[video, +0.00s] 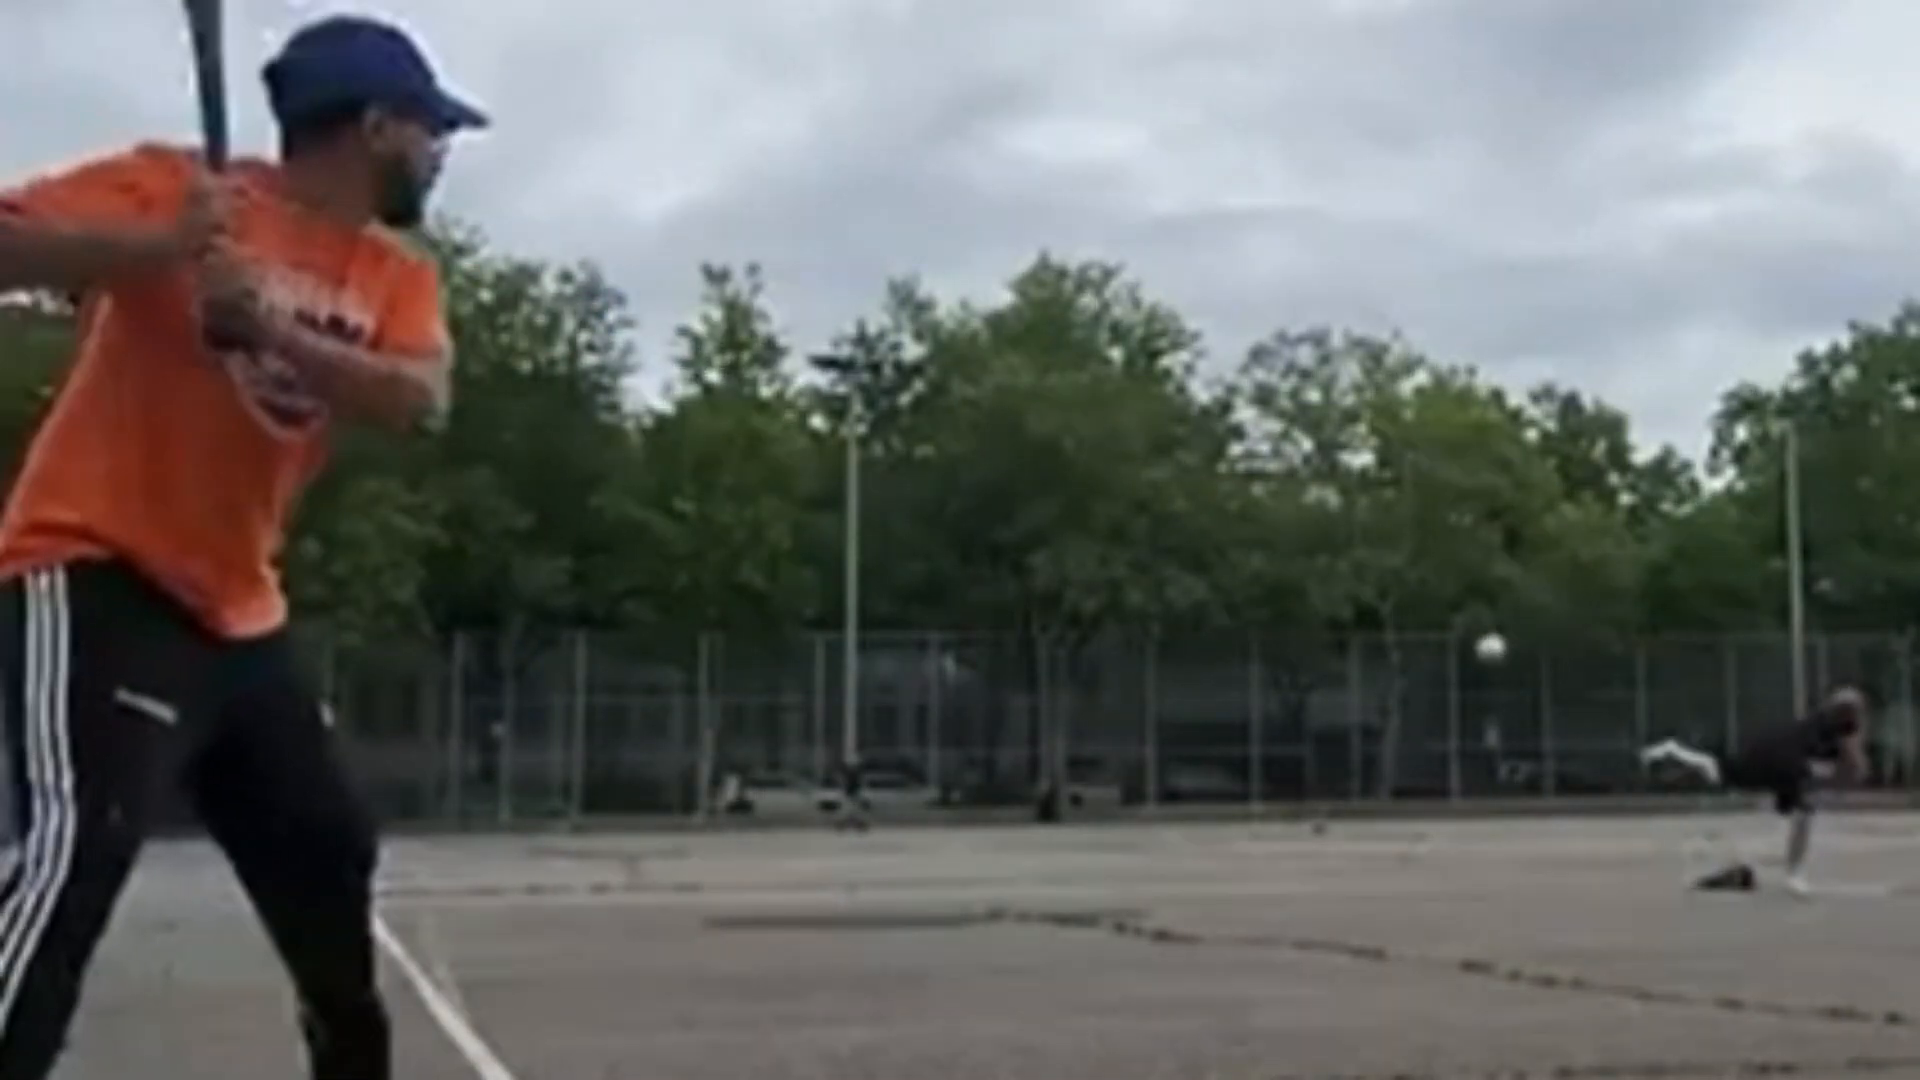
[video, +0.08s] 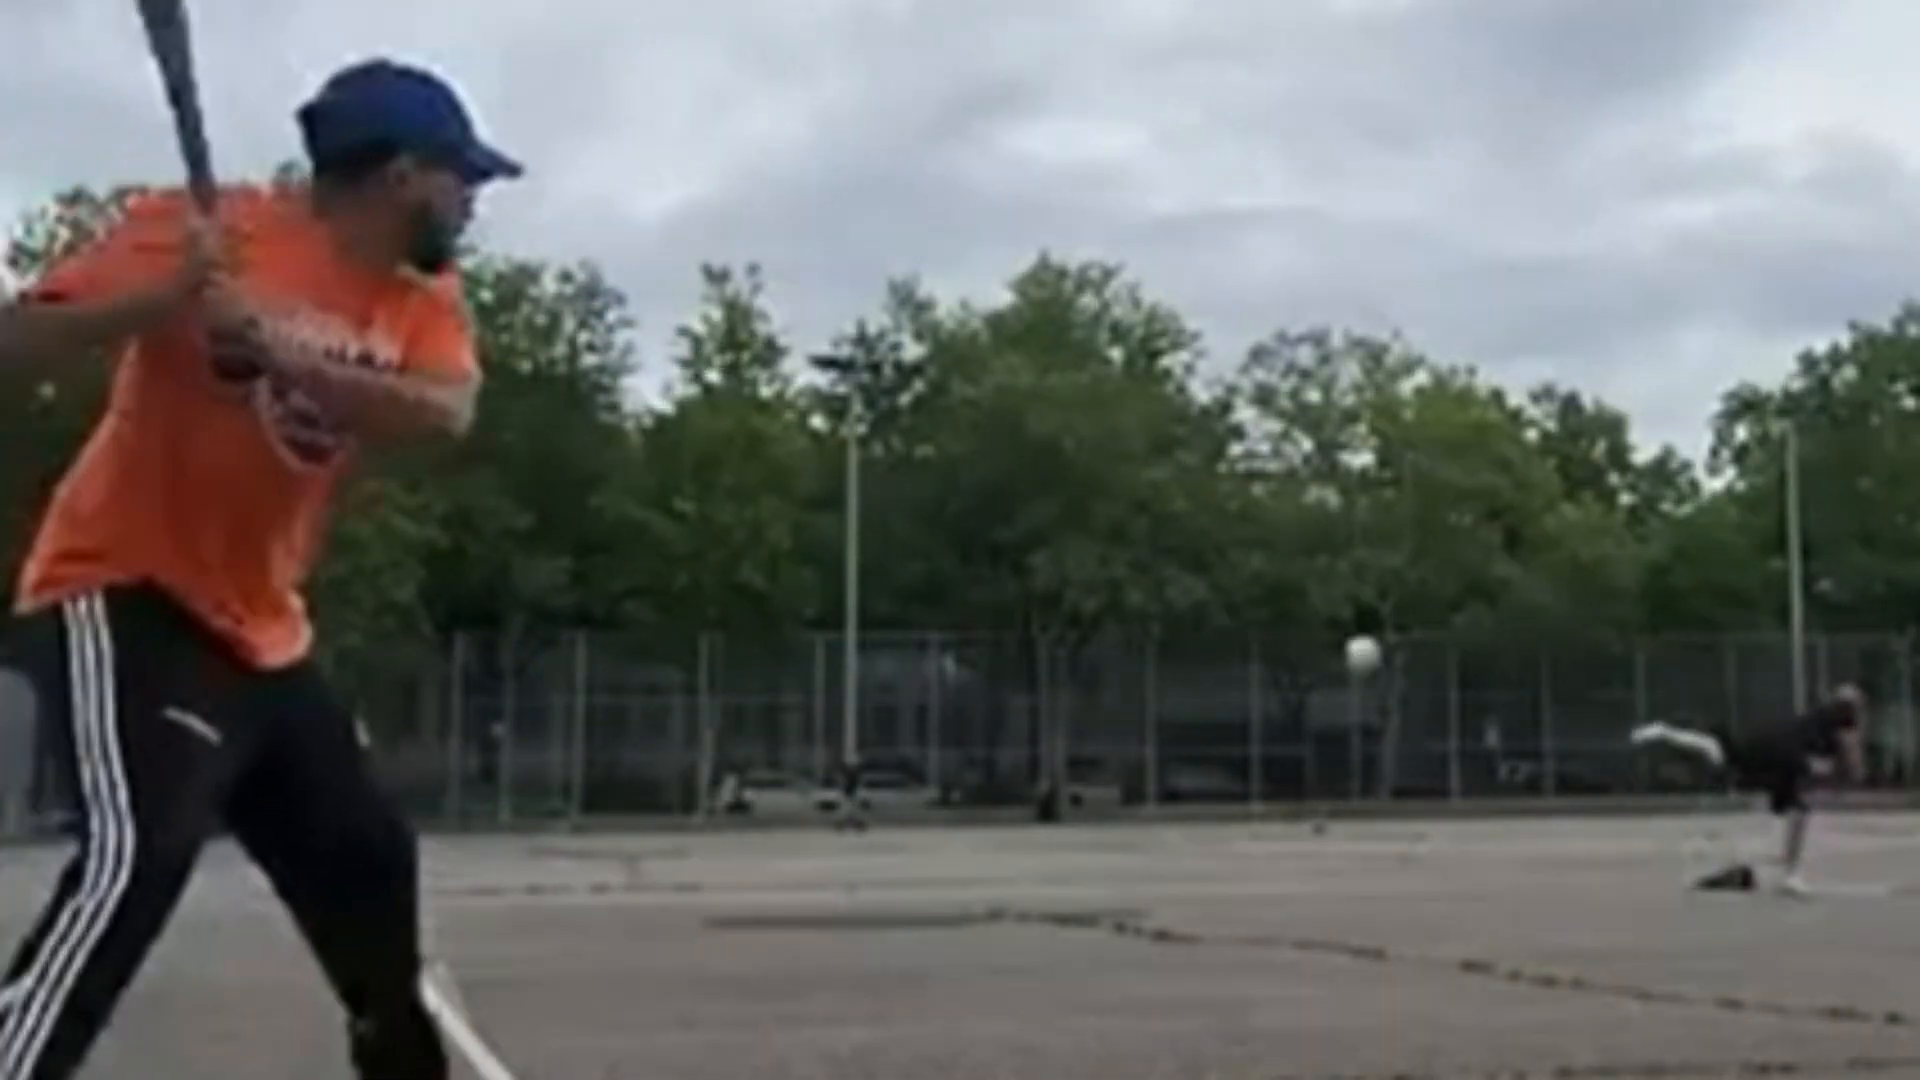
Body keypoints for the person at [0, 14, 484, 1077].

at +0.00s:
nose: (442, 150)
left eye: (441, 130)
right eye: (429, 127)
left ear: (373, 132)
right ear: (372, 126)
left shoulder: (399, 275)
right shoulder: (178, 184)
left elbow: (417, 398)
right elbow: (12, 239)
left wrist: (272, 328)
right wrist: (154, 243)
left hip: (230, 598)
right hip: (87, 559)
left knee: (324, 844)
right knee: (75, 838)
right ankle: (16, 1052)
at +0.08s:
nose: (474, 200)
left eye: (474, 178)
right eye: (461, 175)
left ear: (405, 180)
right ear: (396, 172)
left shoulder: (424, 299)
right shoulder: (204, 224)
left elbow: (446, 413)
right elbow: (24, 336)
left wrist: (283, 353)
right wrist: (165, 297)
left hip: (256, 619)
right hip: (120, 584)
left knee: (364, 853)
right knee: (138, 850)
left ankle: (399, 1055)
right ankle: (22, 1060)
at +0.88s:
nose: (459, 124)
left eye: (473, 106)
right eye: (444, 93)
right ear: (363, 57)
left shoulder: (405, 258)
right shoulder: (207, 153)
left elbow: (383, 446)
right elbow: (36, 315)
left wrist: (347, 488)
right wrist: (243, 408)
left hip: (285, 589)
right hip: (142, 554)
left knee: (342, 849)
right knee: (91, 877)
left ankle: (297, 1061)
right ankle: (20, 1056)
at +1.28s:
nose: (487, 129)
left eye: (499, 112)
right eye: (478, 99)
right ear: (408, 64)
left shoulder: (415, 270)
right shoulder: (286, 153)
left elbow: (404, 456)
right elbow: (170, 341)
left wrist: (449, 619)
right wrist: (332, 520)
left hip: (315, 587)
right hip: (203, 547)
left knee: (298, 850)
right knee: (156, 825)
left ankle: (275, 1054)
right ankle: (40, 1055)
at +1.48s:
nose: (503, 137)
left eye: (514, 121)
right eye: (493, 108)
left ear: (450, 101)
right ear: (420, 71)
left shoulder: (436, 294)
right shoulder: (275, 148)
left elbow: (426, 474)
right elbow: (133, 308)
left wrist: (476, 659)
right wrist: (197, 511)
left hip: (318, 602)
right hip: (186, 562)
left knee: (299, 867)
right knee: (131, 853)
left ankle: (273, 1049)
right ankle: (33, 1058)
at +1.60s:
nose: (527, 157)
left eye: (538, 142)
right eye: (515, 125)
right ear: (441, 86)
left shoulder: (451, 316)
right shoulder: (282, 148)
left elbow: (448, 498)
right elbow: (109, 276)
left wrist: (501, 683)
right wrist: (93, 486)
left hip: (300, 602)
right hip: (170, 555)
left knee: (287, 876)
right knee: (112, 852)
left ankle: (262, 1040)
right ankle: (26, 1056)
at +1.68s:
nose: (194, 49)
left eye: (191, 26)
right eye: (171, 21)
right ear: (100, 25)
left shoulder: (176, 163)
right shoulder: (20, 149)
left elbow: (294, 35)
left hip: (156, 572)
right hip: (30, 575)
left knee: (196, 894)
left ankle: (212, 1066)